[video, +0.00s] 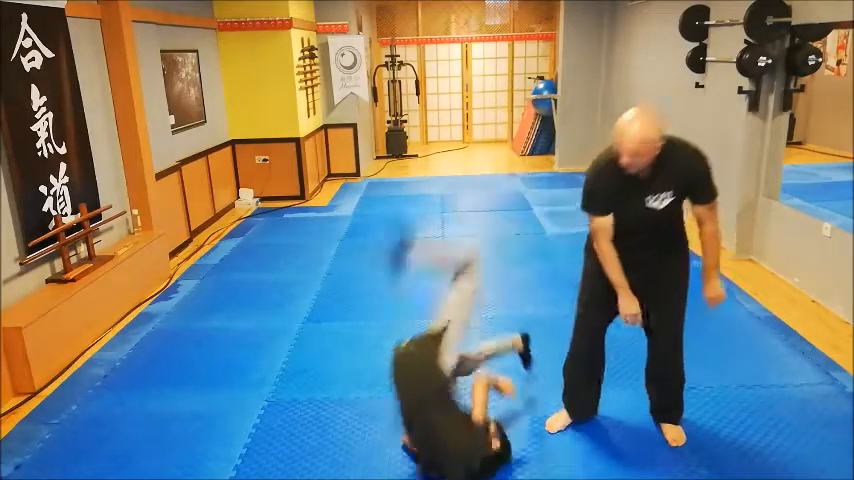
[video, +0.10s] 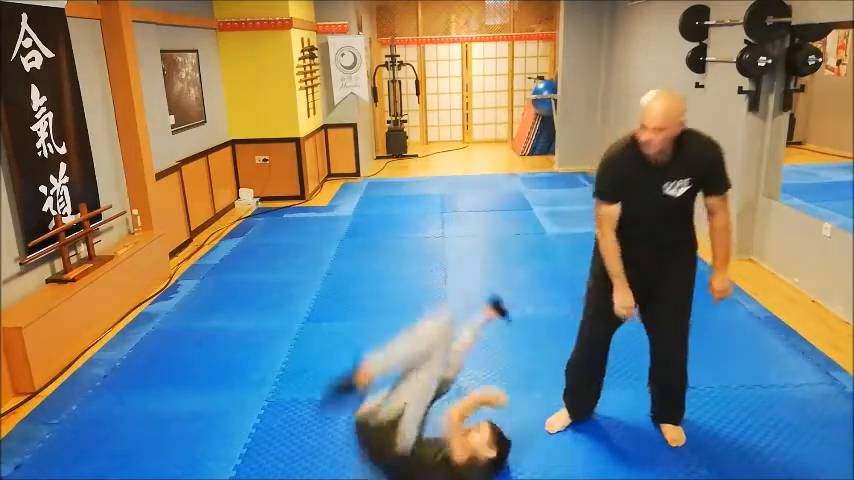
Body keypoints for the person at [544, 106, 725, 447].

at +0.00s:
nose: (625, 161)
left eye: (635, 155)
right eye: (622, 152)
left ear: (656, 146)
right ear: (617, 144)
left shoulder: (687, 162)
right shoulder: (603, 173)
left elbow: (707, 220)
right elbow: (602, 240)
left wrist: (711, 277)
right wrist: (623, 292)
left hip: (665, 254)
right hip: (611, 251)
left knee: (667, 337)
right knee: (587, 328)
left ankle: (667, 414)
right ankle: (578, 406)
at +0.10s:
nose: (648, 137)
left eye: (658, 129)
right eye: (644, 127)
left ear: (680, 127)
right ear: (637, 123)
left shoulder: (703, 154)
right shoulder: (617, 160)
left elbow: (718, 212)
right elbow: (606, 230)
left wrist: (721, 269)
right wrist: (619, 285)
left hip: (673, 259)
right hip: (619, 255)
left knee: (671, 343)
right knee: (592, 335)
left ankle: (668, 417)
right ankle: (576, 406)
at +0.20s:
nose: (664, 119)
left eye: (674, 113)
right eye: (659, 110)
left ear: (694, 113)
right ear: (653, 106)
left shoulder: (718, 150)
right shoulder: (630, 152)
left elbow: (727, 208)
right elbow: (609, 217)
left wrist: (726, 265)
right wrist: (614, 277)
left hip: (682, 266)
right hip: (629, 262)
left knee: (677, 349)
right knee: (595, 341)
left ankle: (669, 417)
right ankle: (576, 406)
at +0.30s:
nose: (676, 108)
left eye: (686, 102)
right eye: (671, 99)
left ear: (706, 105)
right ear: (664, 99)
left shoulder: (728, 147)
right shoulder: (640, 144)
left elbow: (734, 207)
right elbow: (615, 209)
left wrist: (730, 267)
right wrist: (611, 266)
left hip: (691, 266)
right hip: (637, 261)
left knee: (681, 348)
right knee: (604, 338)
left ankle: (670, 417)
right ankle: (583, 406)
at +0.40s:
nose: (684, 101)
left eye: (696, 95)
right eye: (680, 93)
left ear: (715, 100)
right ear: (673, 95)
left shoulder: (735, 146)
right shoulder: (648, 140)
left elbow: (741, 210)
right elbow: (621, 201)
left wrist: (736, 269)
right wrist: (613, 258)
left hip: (696, 268)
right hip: (639, 260)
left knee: (685, 349)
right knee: (609, 337)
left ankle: (670, 415)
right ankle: (592, 401)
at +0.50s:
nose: (690, 97)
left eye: (701, 91)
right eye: (686, 89)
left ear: (720, 97)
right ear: (679, 91)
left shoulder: (741, 145)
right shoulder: (652, 138)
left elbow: (746, 209)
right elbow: (626, 199)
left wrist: (742, 268)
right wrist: (618, 254)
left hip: (700, 267)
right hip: (644, 259)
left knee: (688, 348)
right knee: (615, 332)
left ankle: (671, 416)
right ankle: (614, 388)